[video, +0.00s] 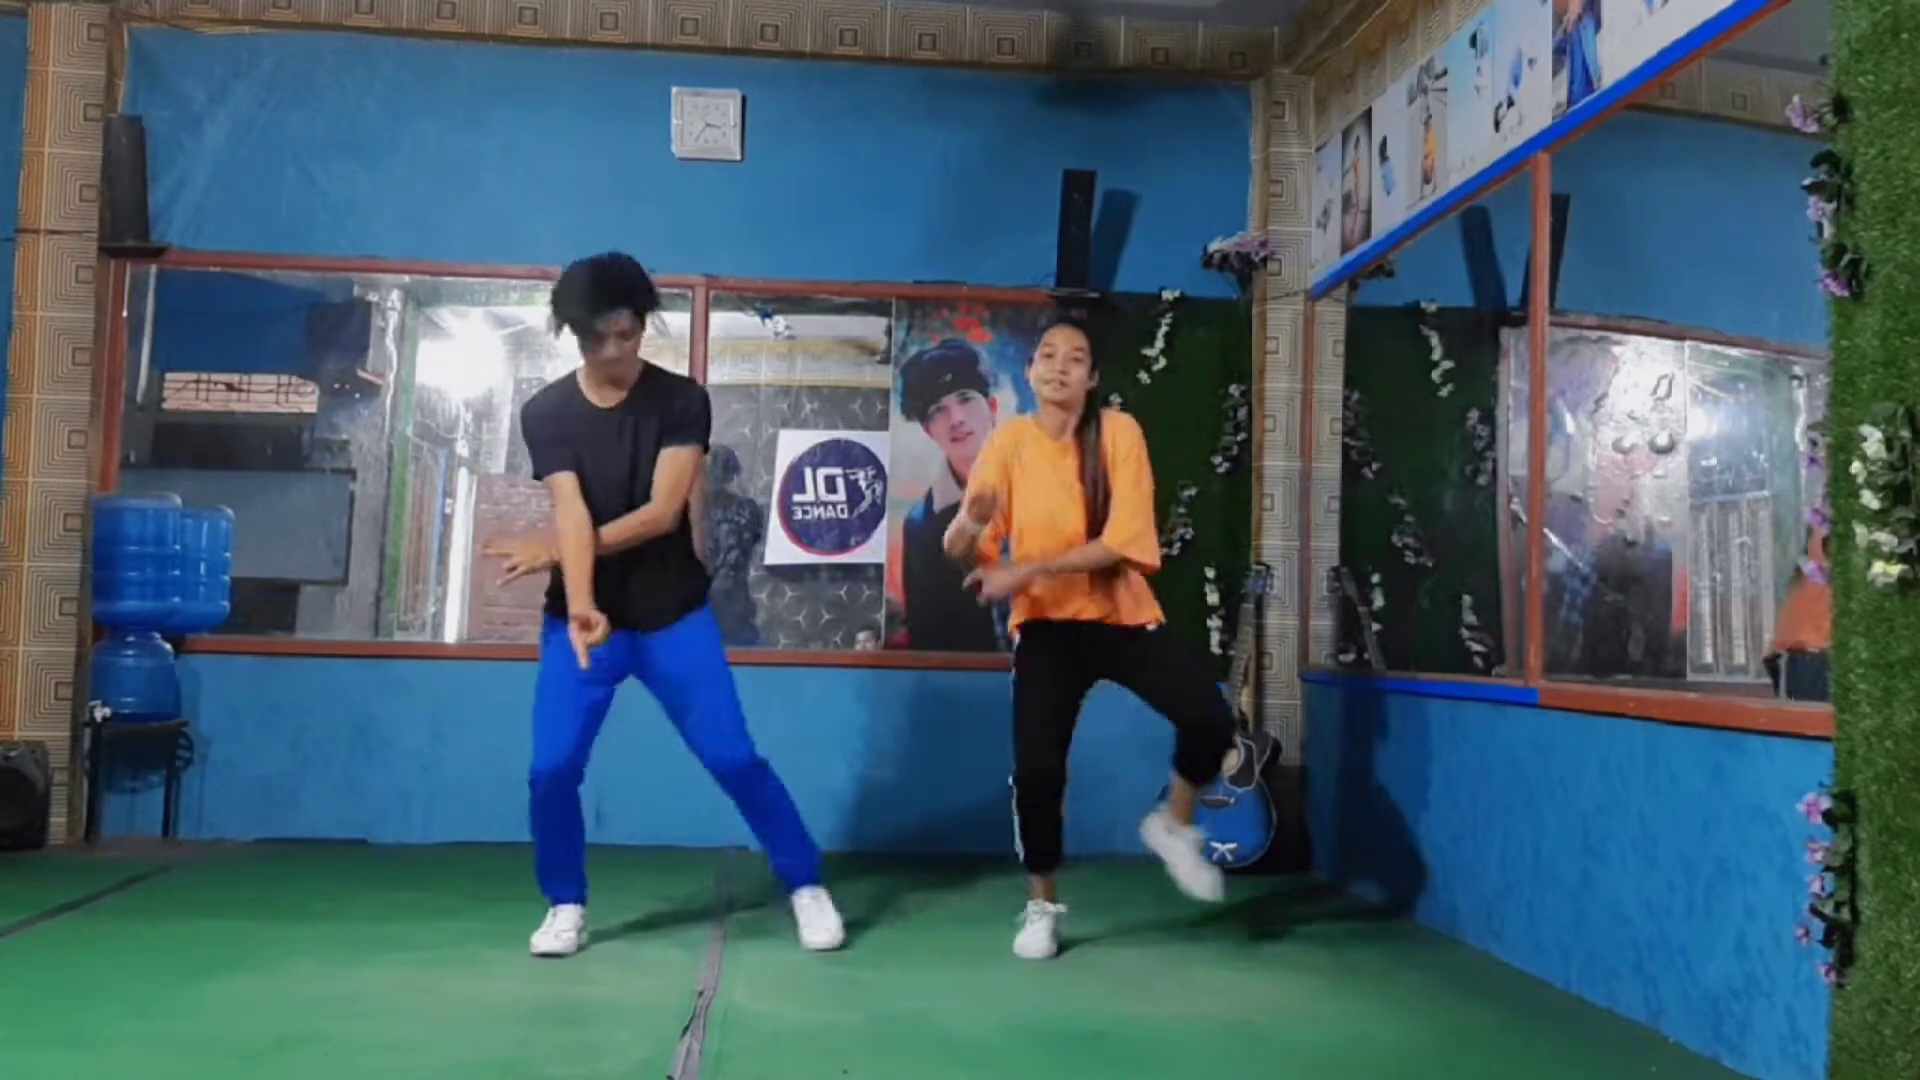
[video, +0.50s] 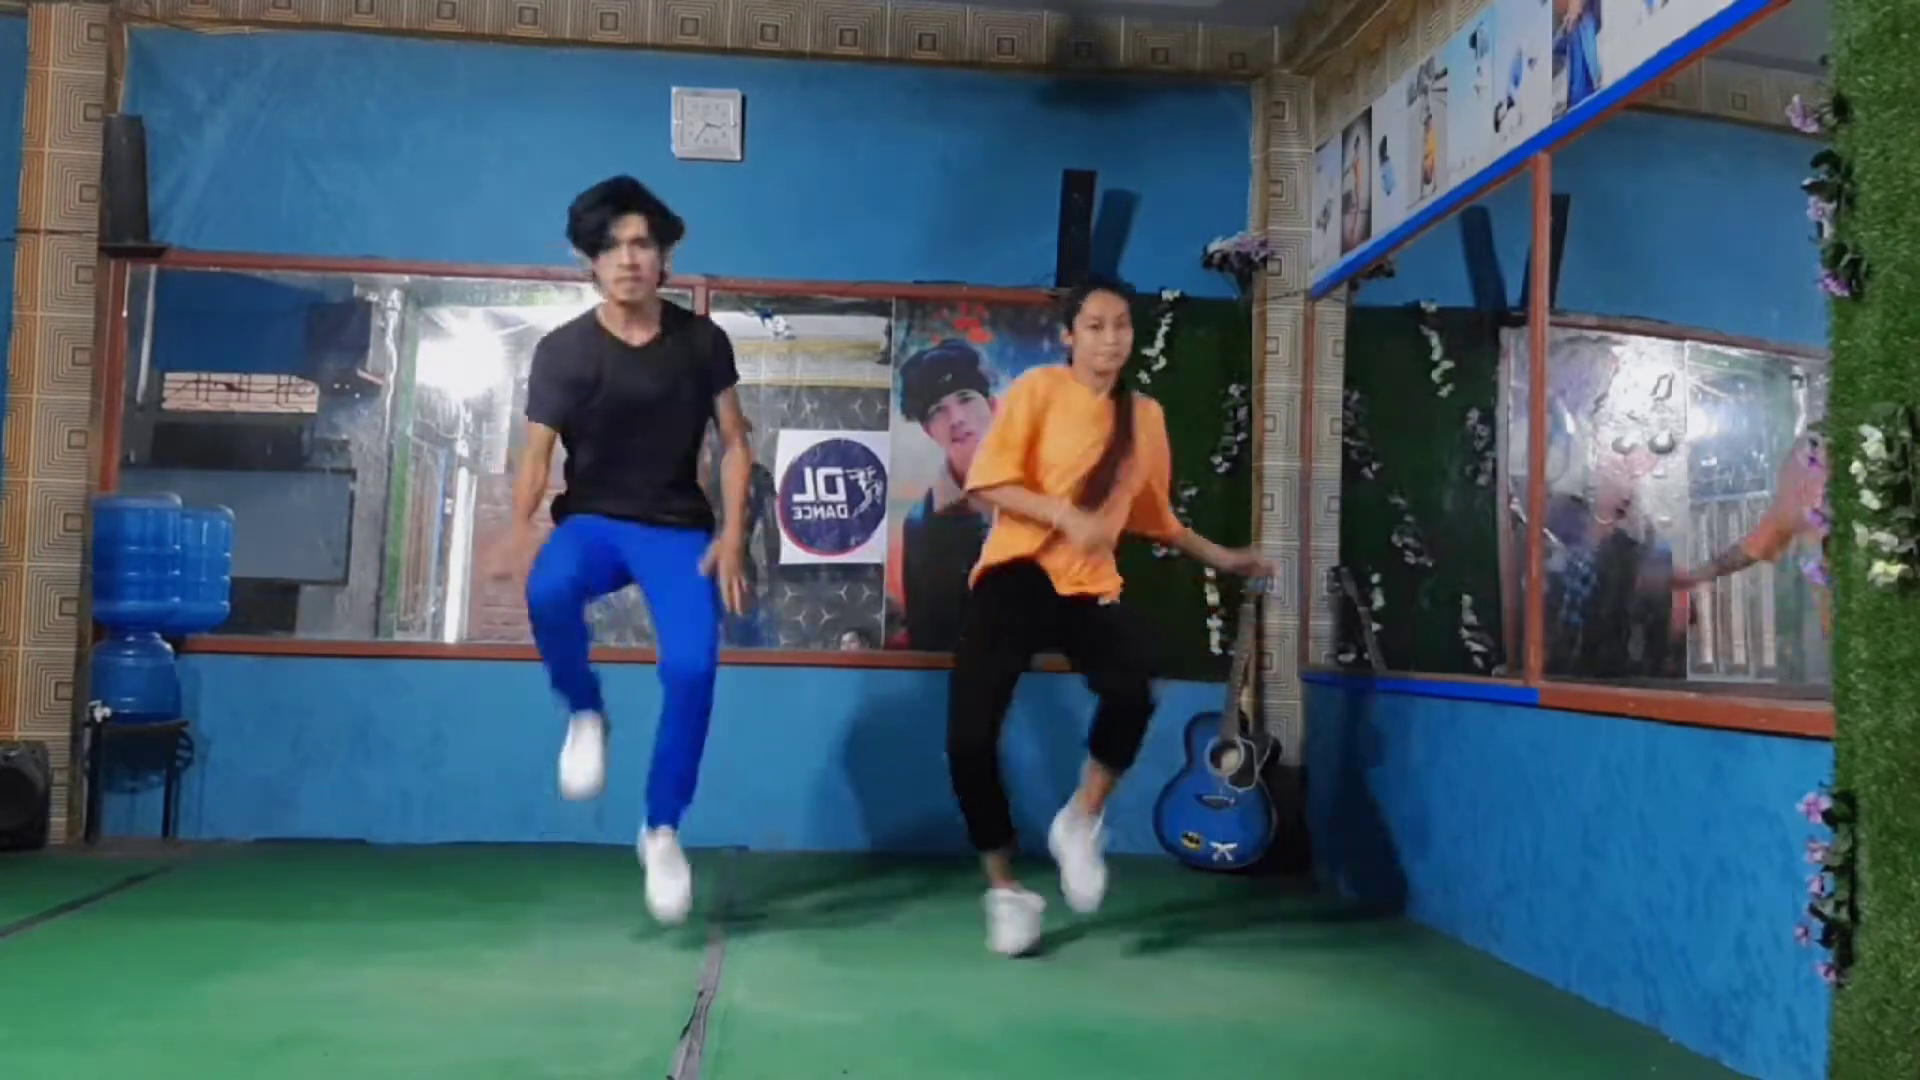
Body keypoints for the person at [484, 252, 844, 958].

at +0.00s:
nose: (621, 349)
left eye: (631, 333)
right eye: (607, 337)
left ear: (645, 325)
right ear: (579, 334)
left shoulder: (680, 400)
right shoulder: (548, 412)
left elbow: (664, 512)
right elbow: (571, 515)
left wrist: (559, 549)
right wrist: (580, 606)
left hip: (674, 617)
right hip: (582, 617)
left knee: (732, 759)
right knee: (550, 769)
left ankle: (806, 888)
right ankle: (565, 905)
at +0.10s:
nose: (612, 363)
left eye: (623, 347)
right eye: (596, 353)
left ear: (638, 337)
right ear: (570, 347)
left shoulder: (672, 405)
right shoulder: (544, 422)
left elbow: (653, 521)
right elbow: (560, 526)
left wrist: (566, 587)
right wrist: (554, 612)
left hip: (679, 633)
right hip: (588, 638)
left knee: (745, 764)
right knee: (559, 776)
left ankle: (815, 897)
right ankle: (565, 907)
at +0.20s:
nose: (610, 353)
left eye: (621, 337)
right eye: (594, 339)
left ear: (635, 334)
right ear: (565, 339)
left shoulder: (666, 412)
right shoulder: (530, 421)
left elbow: (689, 524)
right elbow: (533, 533)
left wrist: (657, 600)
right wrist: (506, 524)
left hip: (681, 615)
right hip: (585, 626)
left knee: (757, 745)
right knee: (561, 772)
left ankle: (808, 881)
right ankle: (566, 906)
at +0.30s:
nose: (623, 317)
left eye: (634, 303)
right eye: (608, 304)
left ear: (648, 313)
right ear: (579, 313)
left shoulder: (681, 393)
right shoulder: (549, 389)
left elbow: (732, 490)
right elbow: (509, 470)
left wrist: (742, 461)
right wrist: (550, 392)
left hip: (672, 589)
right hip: (581, 598)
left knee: (736, 683)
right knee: (552, 752)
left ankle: (777, 827)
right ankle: (565, 904)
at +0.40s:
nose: (634, 277)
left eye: (644, 262)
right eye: (617, 264)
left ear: (662, 271)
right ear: (591, 276)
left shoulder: (697, 347)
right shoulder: (563, 354)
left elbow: (755, 438)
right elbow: (527, 448)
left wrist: (718, 447)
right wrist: (596, 445)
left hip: (674, 535)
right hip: (586, 547)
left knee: (716, 603)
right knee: (562, 694)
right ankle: (566, 853)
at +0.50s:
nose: (632, 261)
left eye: (644, 246)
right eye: (616, 248)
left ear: (663, 257)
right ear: (593, 263)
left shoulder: (703, 342)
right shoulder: (564, 350)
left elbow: (735, 443)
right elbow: (536, 453)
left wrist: (733, 536)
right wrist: (523, 529)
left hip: (678, 528)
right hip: (592, 523)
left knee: (694, 670)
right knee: (548, 591)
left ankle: (662, 832)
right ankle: (583, 713)